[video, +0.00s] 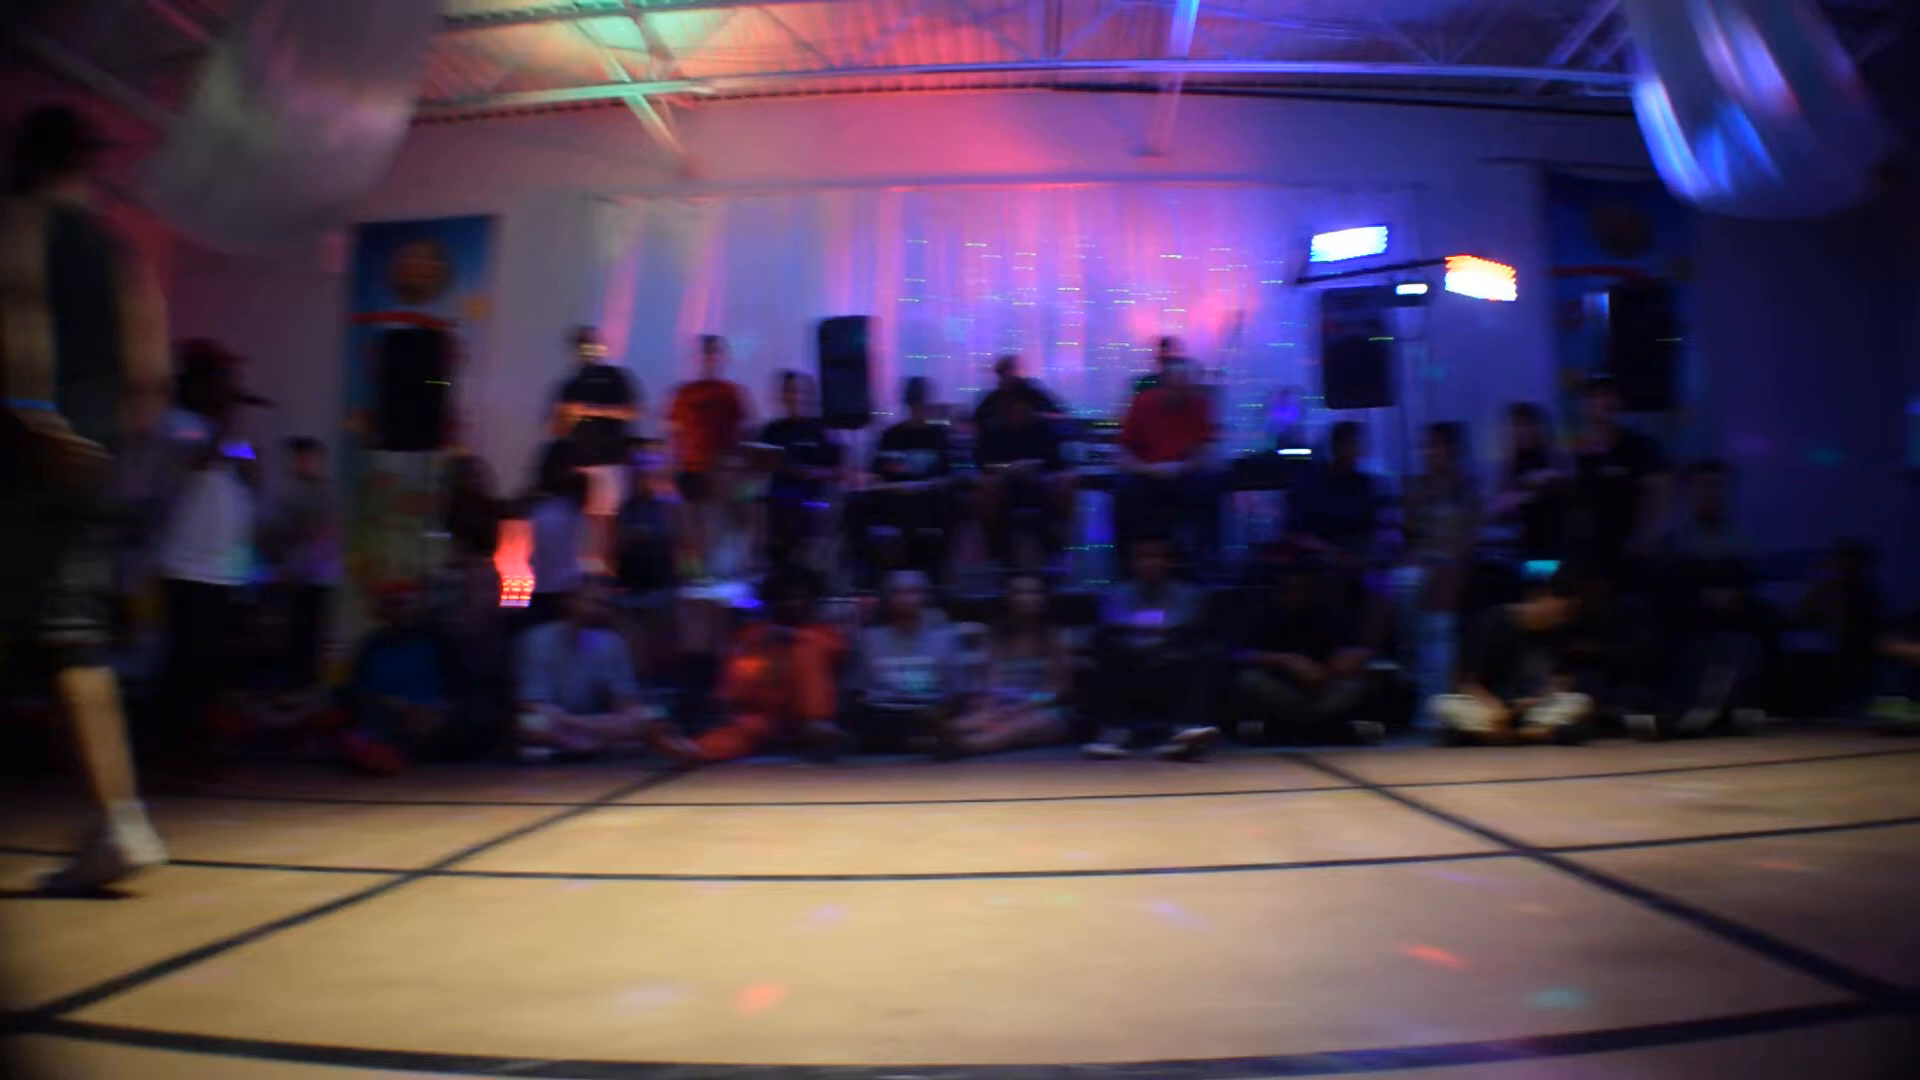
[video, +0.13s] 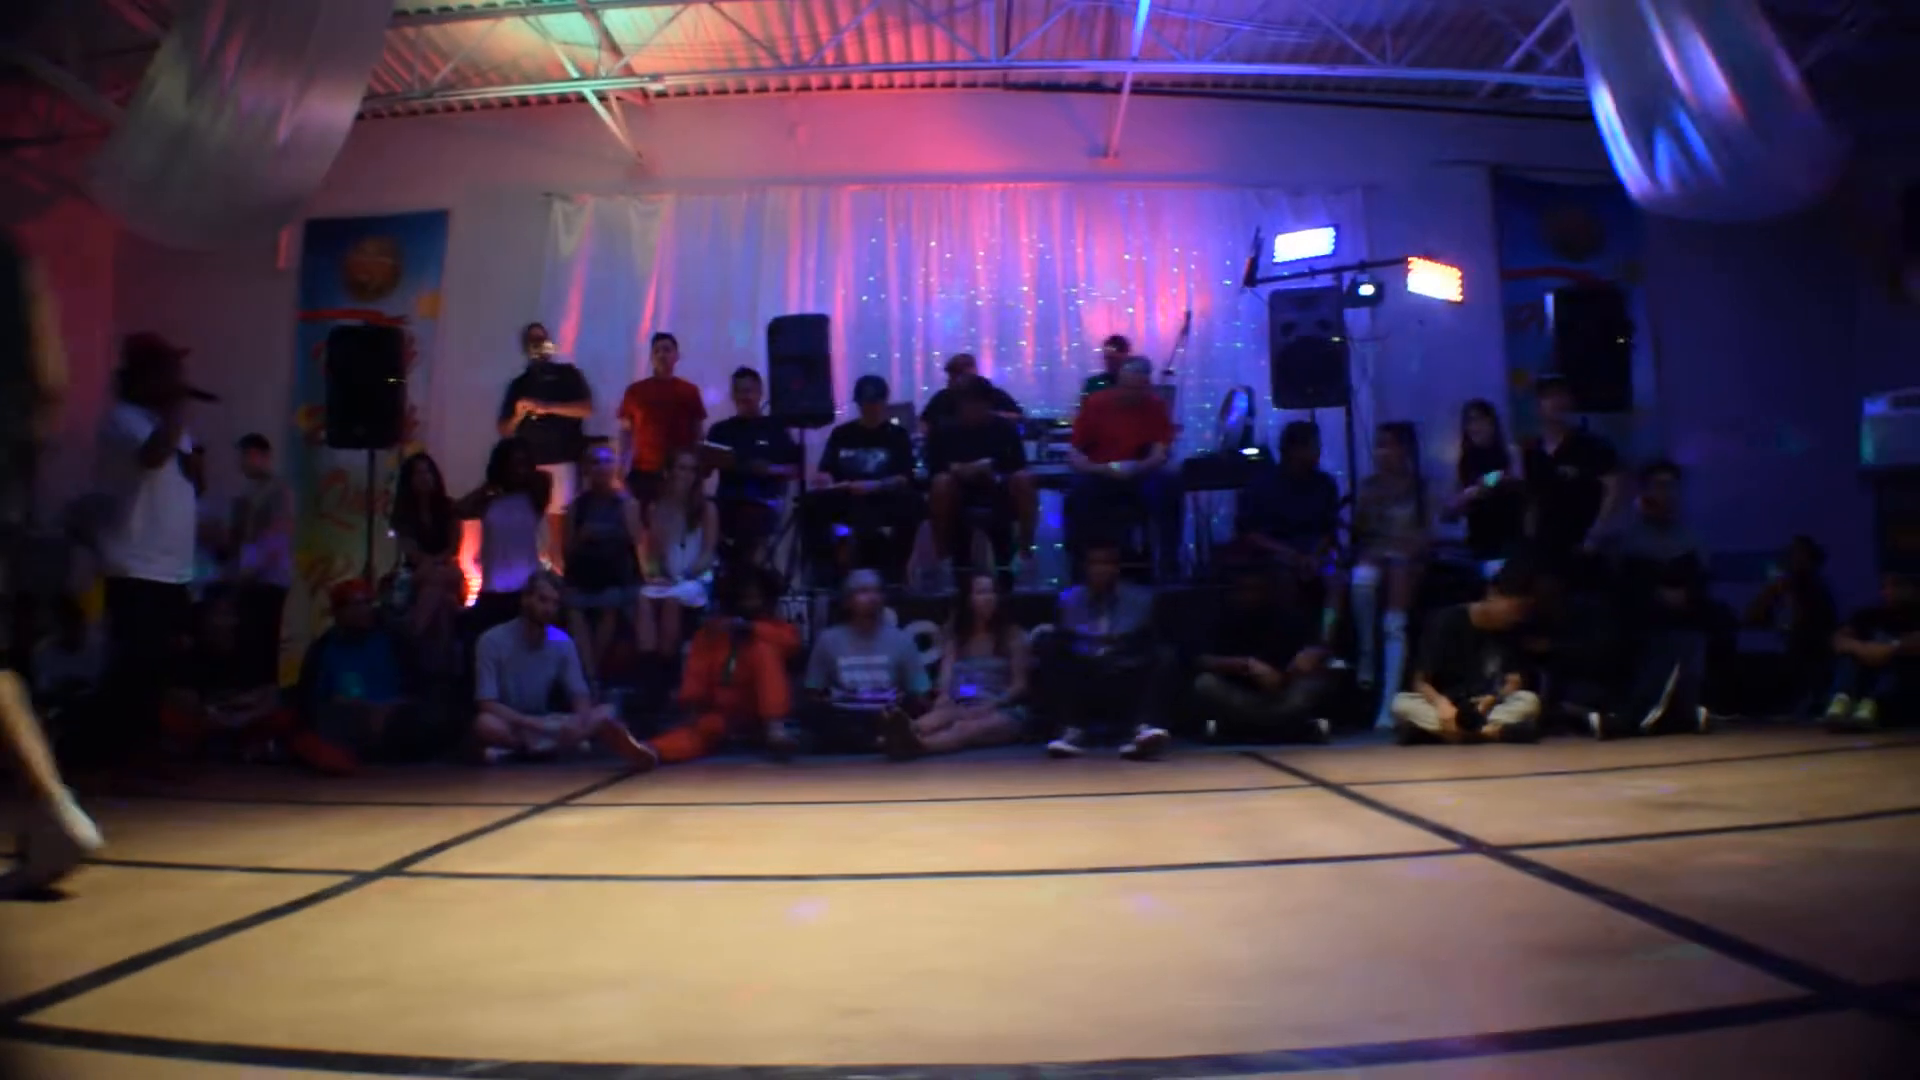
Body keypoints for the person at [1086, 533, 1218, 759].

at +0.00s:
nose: (1149, 565)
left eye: (1156, 558)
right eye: (1143, 558)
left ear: (1167, 562)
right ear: (1134, 563)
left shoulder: (1185, 596)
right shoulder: (1120, 596)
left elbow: (1187, 627)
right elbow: (1110, 627)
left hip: (1172, 666)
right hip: (1129, 664)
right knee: (1110, 663)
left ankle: (1187, 727)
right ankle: (1114, 730)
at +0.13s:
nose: (1100, 571)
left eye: (1107, 564)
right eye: (1095, 564)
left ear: (1116, 568)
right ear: (1087, 568)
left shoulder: (1137, 598)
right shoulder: (1071, 600)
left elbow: (1137, 633)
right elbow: (1067, 634)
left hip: (1126, 668)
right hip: (1082, 668)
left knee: (1159, 658)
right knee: (1058, 659)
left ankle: (1144, 727)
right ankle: (1072, 730)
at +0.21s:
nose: (1089, 587)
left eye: (1096, 580)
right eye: (1084, 580)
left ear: (1107, 583)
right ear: (1076, 585)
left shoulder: (1133, 610)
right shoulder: (1064, 611)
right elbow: (1059, 649)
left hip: (1121, 685)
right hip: (1078, 686)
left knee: (1152, 663)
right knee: (1046, 653)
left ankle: (1136, 731)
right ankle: (1069, 732)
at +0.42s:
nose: (1086, 615)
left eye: (1093, 609)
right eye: (1081, 609)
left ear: (1105, 609)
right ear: (1075, 610)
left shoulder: (1133, 627)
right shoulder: (1063, 628)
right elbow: (1063, 670)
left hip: (1123, 705)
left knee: (1155, 674)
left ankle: (1139, 735)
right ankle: (1069, 733)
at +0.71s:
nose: (1099, 614)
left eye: (1106, 607)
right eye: (1094, 607)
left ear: (1118, 608)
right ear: (1088, 608)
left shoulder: (1143, 633)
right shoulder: (1071, 631)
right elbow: (1064, 673)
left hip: (1128, 711)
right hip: (1084, 711)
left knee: (1158, 679)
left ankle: (1142, 737)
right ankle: (1067, 734)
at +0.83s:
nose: (1131, 607)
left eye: (1138, 600)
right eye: (1125, 600)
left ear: (1148, 603)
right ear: (1118, 603)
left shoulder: (1171, 631)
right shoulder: (1101, 626)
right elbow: (1088, 663)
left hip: (1151, 702)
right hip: (1106, 700)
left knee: (1182, 677)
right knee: (1074, 673)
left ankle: (1163, 737)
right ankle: (1091, 733)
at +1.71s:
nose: (1147, 596)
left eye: (1147, 590)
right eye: (1139, 591)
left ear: (1150, 593)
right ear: (1121, 598)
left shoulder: (1165, 624)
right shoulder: (1101, 627)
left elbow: (1192, 653)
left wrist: (1163, 636)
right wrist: (1076, 647)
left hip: (1150, 696)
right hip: (1111, 695)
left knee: (1174, 666)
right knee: (1090, 665)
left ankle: (1156, 738)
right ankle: (1096, 733)